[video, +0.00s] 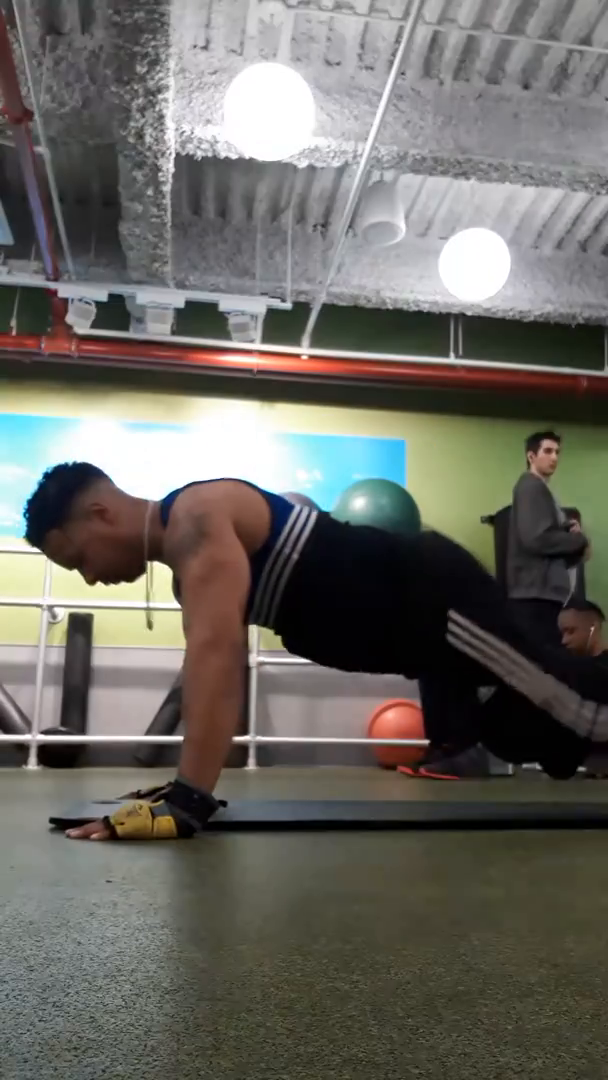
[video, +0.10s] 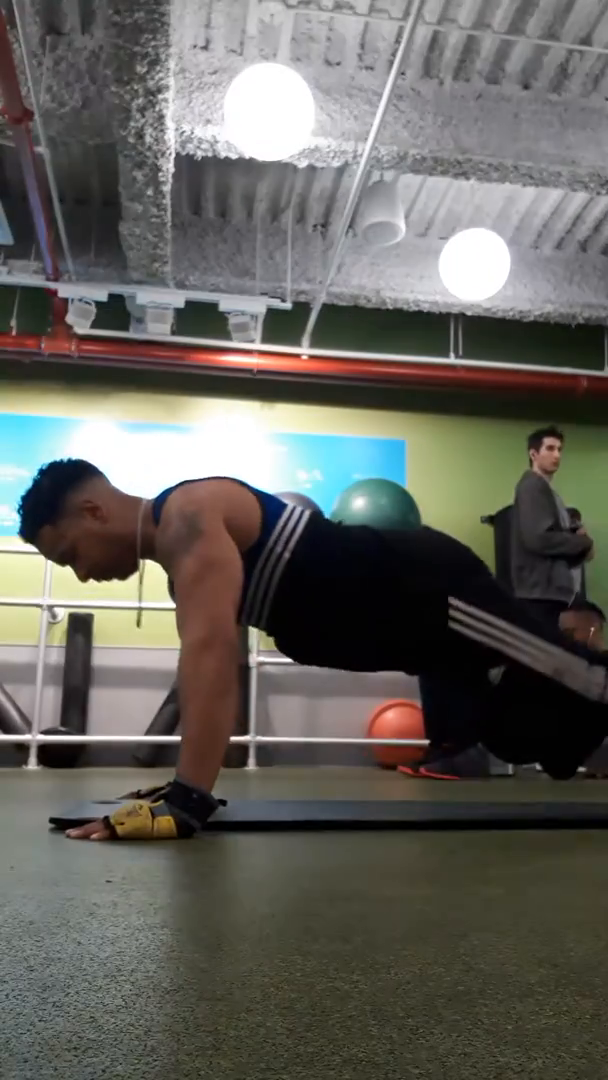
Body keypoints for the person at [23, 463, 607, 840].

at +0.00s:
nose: (86, 576)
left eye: (75, 558)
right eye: (72, 568)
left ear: (103, 511)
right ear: (106, 513)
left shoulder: (199, 516)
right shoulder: (191, 536)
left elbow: (218, 660)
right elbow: (217, 666)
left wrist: (189, 796)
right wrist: (188, 793)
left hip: (431, 595)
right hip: (419, 619)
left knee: (582, 722)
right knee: (544, 741)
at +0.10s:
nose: (78, 574)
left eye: (67, 555)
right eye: (64, 564)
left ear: (95, 510)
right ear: (99, 511)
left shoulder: (189, 515)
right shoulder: (184, 531)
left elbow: (213, 654)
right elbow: (211, 660)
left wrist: (189, 797)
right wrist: (184, 793)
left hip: (428, 594)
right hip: (418, 610)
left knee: (591, 703)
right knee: (553, 742)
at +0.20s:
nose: (72, 567)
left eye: (63, 549)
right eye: (59, 558)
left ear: (94, 505)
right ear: (96, 507)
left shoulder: (185, 514)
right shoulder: (182, 529)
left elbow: (211, 653)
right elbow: (214, 658)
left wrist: (188, 795)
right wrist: (188, 793)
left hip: (426, 595)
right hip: (414, 619)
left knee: (595, 678)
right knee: (557, 739)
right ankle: (574, 633)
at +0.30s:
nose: (72, 563)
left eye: (63, 544)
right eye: (59, 553)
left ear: (92, 501)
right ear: (95, 504)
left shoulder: (183, 513)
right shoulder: (178, 530)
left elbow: (210, 652)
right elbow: (209, 658)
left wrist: (189, 795)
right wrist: (186, 792)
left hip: (423, 604)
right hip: (412, 629)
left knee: (593, 676)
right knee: (547, 728)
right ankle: (575, 631)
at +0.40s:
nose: (68, 569)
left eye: (60, 550)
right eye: (55, 559)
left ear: (91, 506)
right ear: (93, 510)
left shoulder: (182, 520)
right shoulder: (174, 542)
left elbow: (211, 654)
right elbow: (211, 662)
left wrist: (188, 796)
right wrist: (187, 793)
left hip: (425, 619)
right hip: (418, 640)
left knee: (594, 687)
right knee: (563, 723)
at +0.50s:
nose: (63, 594)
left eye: (53, 575)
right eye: (48, 583)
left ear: (78, 534)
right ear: (83, 532)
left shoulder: (174, 543)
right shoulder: (165, 565)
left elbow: (217, 652)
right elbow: (219, 673)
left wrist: (187, 798)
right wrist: (186, 798)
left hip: (421, 642)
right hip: (410, 658)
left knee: (590, 697)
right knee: (568, 712)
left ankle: (591, 622)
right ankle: (588, 626)